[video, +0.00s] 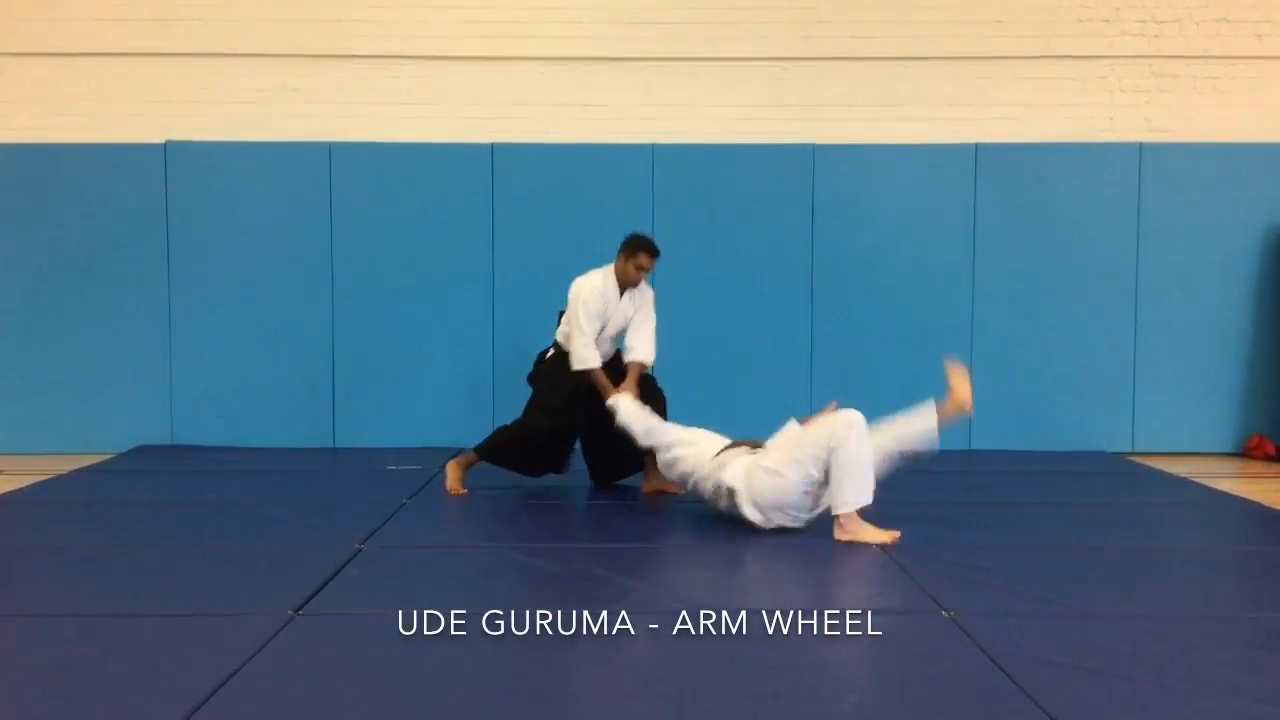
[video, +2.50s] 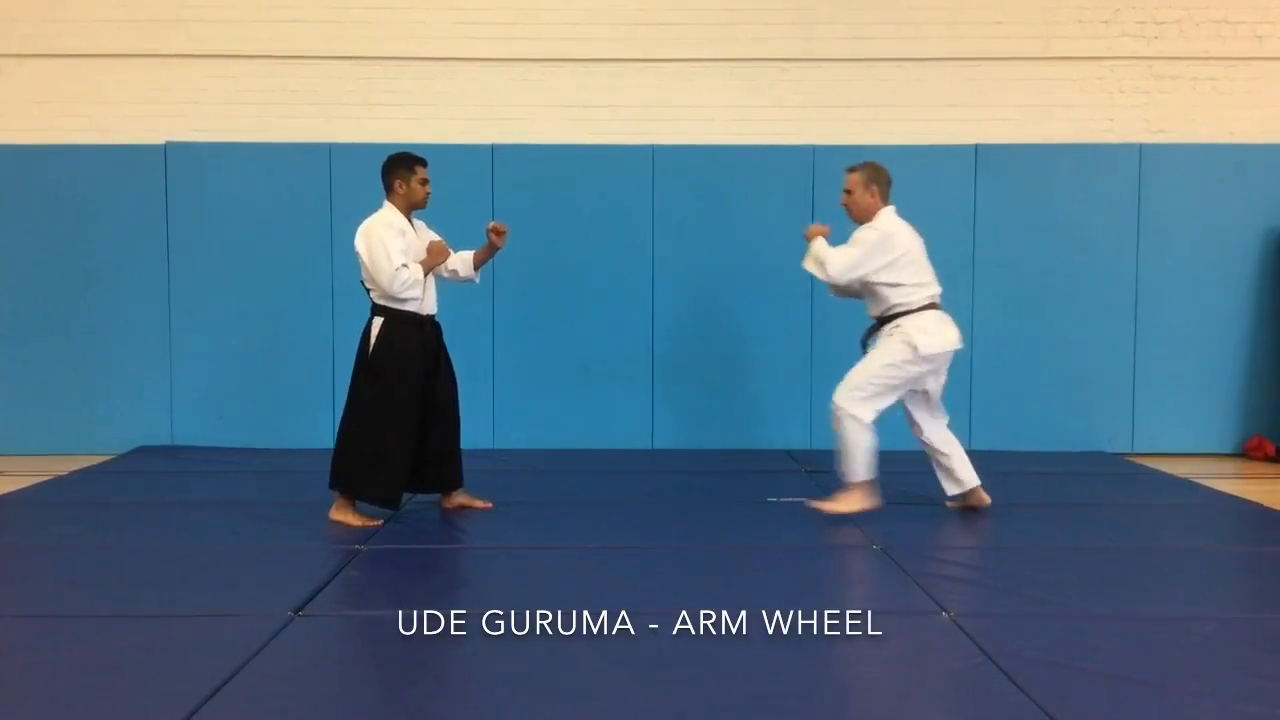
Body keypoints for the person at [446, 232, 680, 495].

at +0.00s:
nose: (642, 277)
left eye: (647, 271)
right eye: (639, 268)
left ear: (650, 269)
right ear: (622, 260)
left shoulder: (643, 293)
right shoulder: (589, 287)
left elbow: (642, 339)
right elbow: (583, 347)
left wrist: (631, 382)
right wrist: (609, 393)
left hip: (607, 364)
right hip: (565, 364)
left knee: (652, 398)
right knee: (539, 430)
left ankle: (653, 477)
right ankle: (462, 463)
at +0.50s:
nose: (629, 227)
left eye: (634, 221)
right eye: (623, 220)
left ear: (638, 222)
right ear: (605, 218)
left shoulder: (640, 257)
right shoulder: (577, 255)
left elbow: (645, 312)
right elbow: (560, 312)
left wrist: (637, 362)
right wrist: (561, 365)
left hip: (613, 350)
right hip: (575, 346)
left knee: (647, 400)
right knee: (552, 415)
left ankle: (652, 482)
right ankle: (485, 465)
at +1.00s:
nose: (527, 174)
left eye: (528, 168)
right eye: (519, 169)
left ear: (527, 173)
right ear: (498, 175)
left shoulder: (533, 217)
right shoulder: (475, 217)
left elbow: (543, 269)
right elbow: (453, 268)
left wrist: (570, 303)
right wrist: (487, 306)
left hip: (518, 316)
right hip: (481, 315)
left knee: (526, 389)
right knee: (482, 395)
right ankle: (472, 481)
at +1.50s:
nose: (460, 188)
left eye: (460, 181)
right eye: (453, 181)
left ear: (440, 188)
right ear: (430, 186)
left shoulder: (447, 233)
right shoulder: (411, 227)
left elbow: (474, 282)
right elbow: (429, 281)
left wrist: (508, 268)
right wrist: (460, 267)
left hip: (449, 328)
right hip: (419, 327)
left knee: (463, 405)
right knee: (392, 407)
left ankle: (455, 491)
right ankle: (350, 493)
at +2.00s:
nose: (428, 188)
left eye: (427, 181)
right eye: (421, 181)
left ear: (406, 185)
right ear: (397, 184)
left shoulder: (416, 228)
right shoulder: (376, 226)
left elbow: (450, 267)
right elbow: (401, 277)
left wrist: (487, 252)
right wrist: (430, 254)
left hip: (432, 327)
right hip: (399, 327)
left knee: (445, 407)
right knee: (377, 411)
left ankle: (449, 491)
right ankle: (346, 497)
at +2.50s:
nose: (429, 189)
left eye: (428, 183)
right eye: (423, 182)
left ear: (406, 187)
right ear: (398, 185)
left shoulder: (419, 229)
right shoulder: (375, 229)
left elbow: (453, 267)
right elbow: (395, 284)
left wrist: (490, 249)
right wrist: (429, 263)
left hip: (426, 331)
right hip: (390, 332)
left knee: (441, 411)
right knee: (371, 417)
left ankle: (451, 492)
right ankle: (343, 504)